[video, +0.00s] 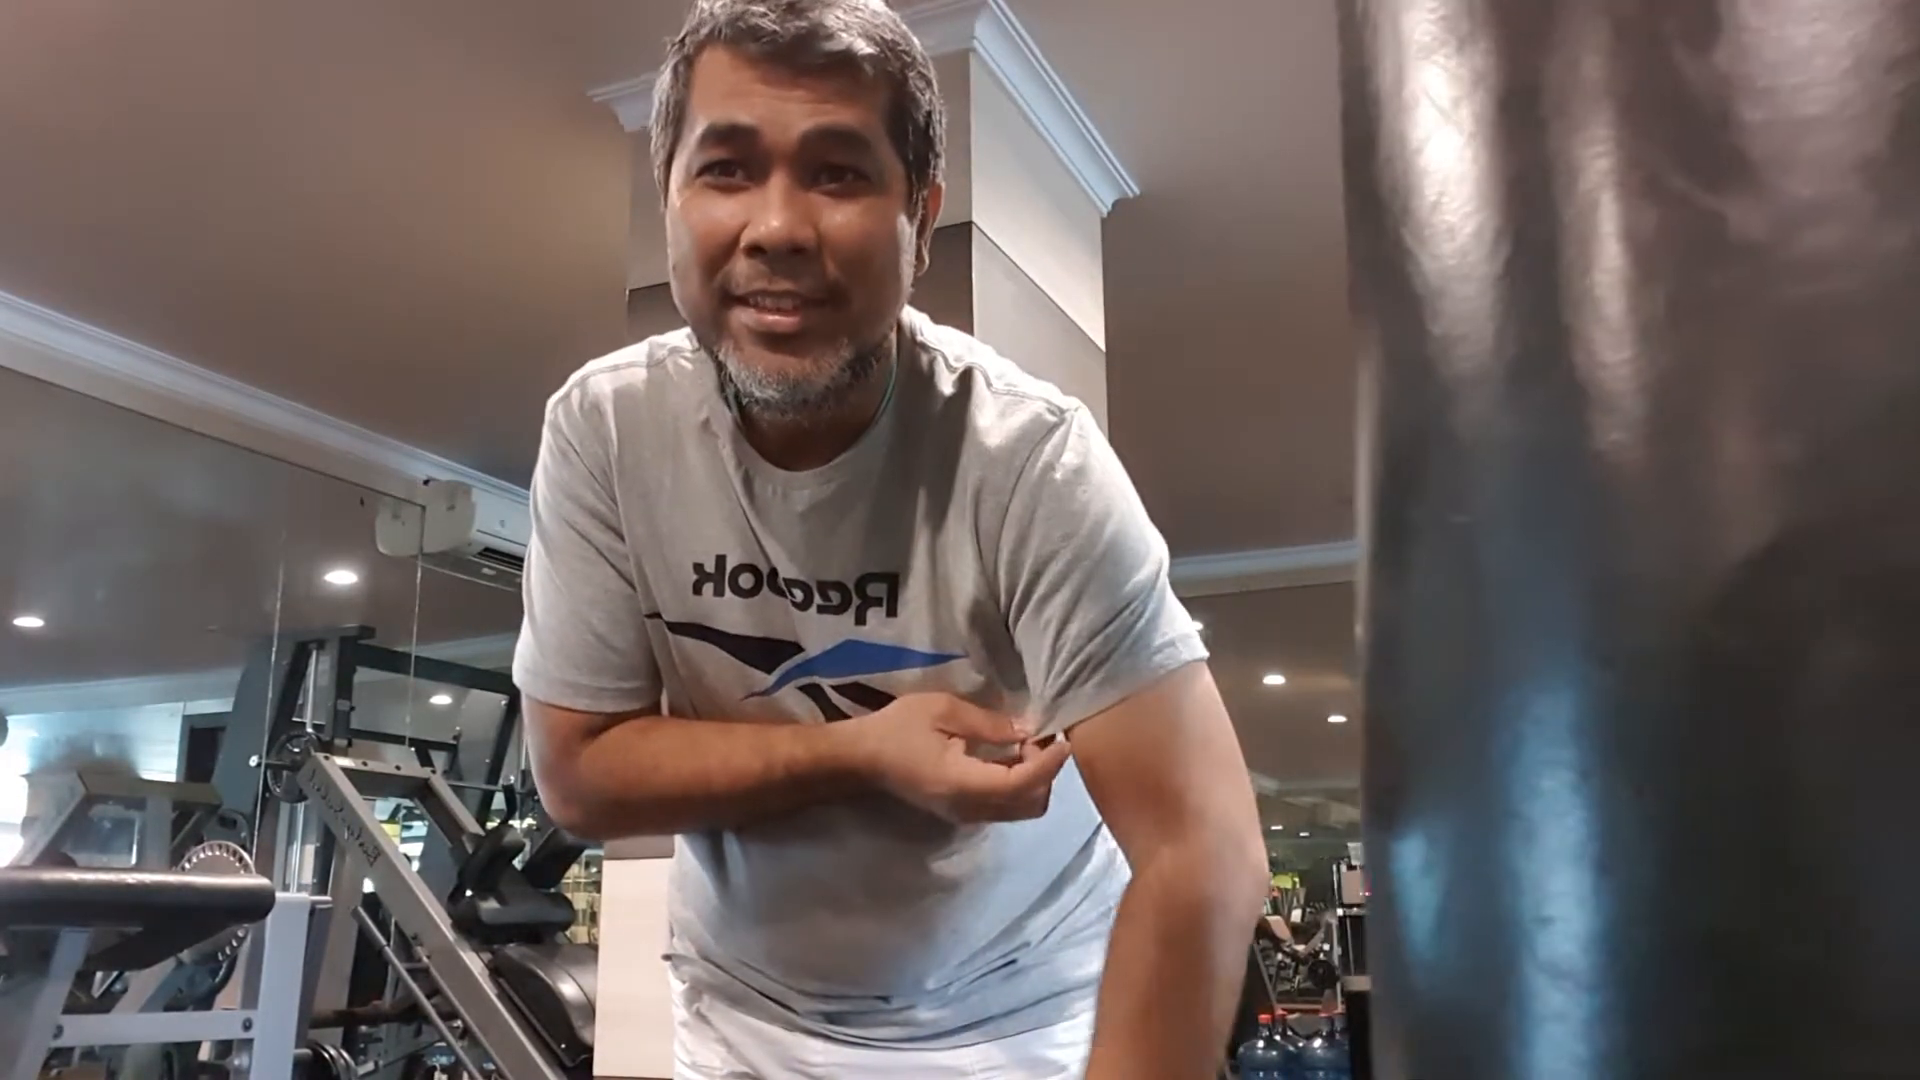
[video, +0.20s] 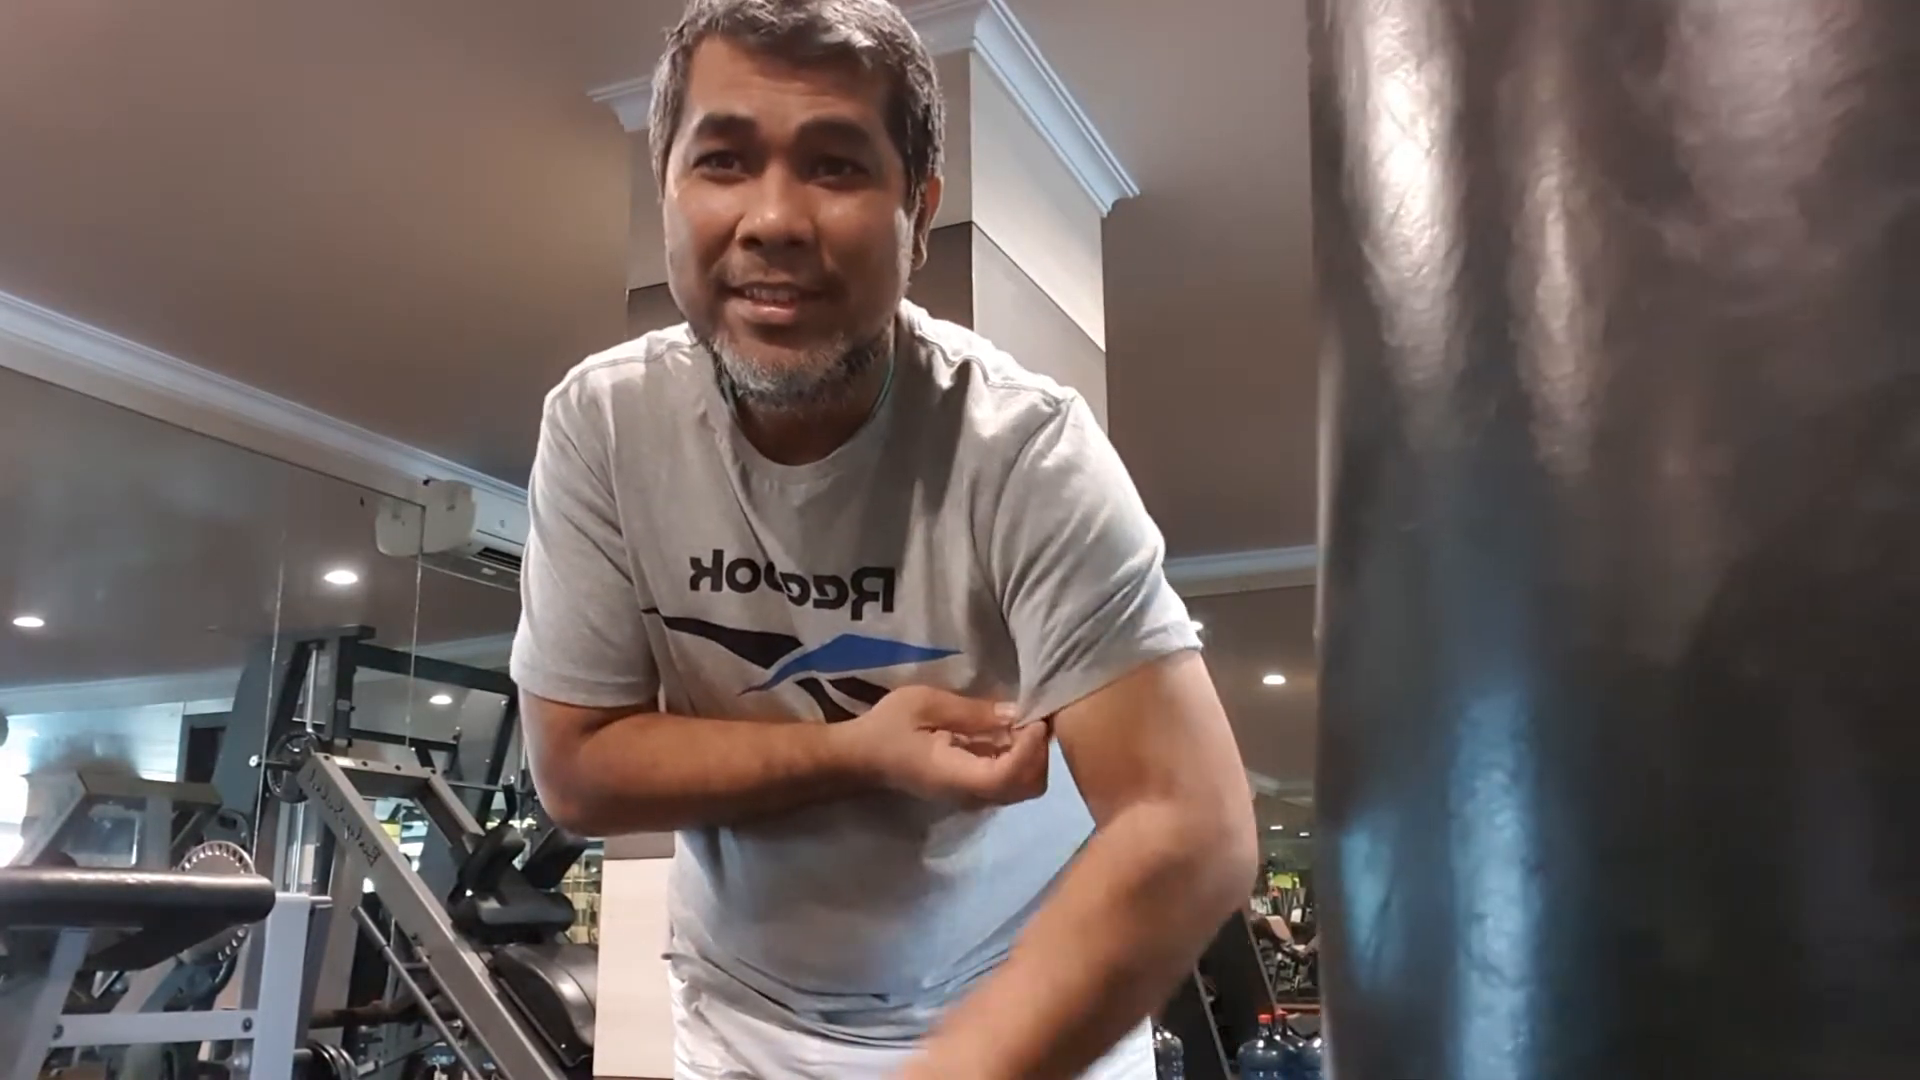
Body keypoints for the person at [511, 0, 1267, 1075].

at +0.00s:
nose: (778, 229)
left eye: (840, 174)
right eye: (729, 168)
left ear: (922, 213)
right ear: (666, 201)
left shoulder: (1029, 457)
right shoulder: (604, 430)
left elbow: (1206, 856)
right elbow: (580, 778)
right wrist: (858, 753)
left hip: (1025, 1025)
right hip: (747, 1017)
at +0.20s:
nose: (774, 220)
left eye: (835, 165)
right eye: (725, 162)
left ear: (920, 206)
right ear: (662, 195)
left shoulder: (1023, 447)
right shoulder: (604, 423)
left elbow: (1194, 832)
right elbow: (577, 774)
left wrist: (956, 1066)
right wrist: (853, 752)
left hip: (1021, 1013)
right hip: (744, 1019)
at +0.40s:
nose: (759, 208)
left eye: (822, 158)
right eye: (712, 150)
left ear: (911, 202)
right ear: (653, 182)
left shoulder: (1018, 436)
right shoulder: (602, 414)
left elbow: (1180, 818)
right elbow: (578, 764)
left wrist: (859, 886)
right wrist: (846, 733)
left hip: (1025, 1005)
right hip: (735, 995)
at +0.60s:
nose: (747, 197)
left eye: (811, 144)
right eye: (701, 137)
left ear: (905, 193)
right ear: (650, 169)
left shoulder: (1014, 419)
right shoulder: (606, 407)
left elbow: (1191, 817)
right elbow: (586, 756)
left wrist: (918, 786)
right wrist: (860, 707)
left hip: (1029, 1016)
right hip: (753, 1011)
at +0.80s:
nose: (758, 190)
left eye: (824, 135)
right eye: (715, 129)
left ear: (920, 183)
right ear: (665, 159)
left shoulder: (1036, 414)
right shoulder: (616, 404)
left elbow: (1216, 821)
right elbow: (601, 755)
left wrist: (983, 779)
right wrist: (871, 702)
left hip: (1043, 1016)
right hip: (767, 1011)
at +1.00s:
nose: (796, 165)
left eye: (863, 112)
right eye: (753, 103)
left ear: (957, 161)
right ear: (698, 133)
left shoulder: (1069, 409)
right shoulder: (643, 388)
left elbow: (1245, 803)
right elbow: (624, 742)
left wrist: (990, 1004)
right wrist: (892, 719)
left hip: (1075, 1015)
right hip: (785, 1017)